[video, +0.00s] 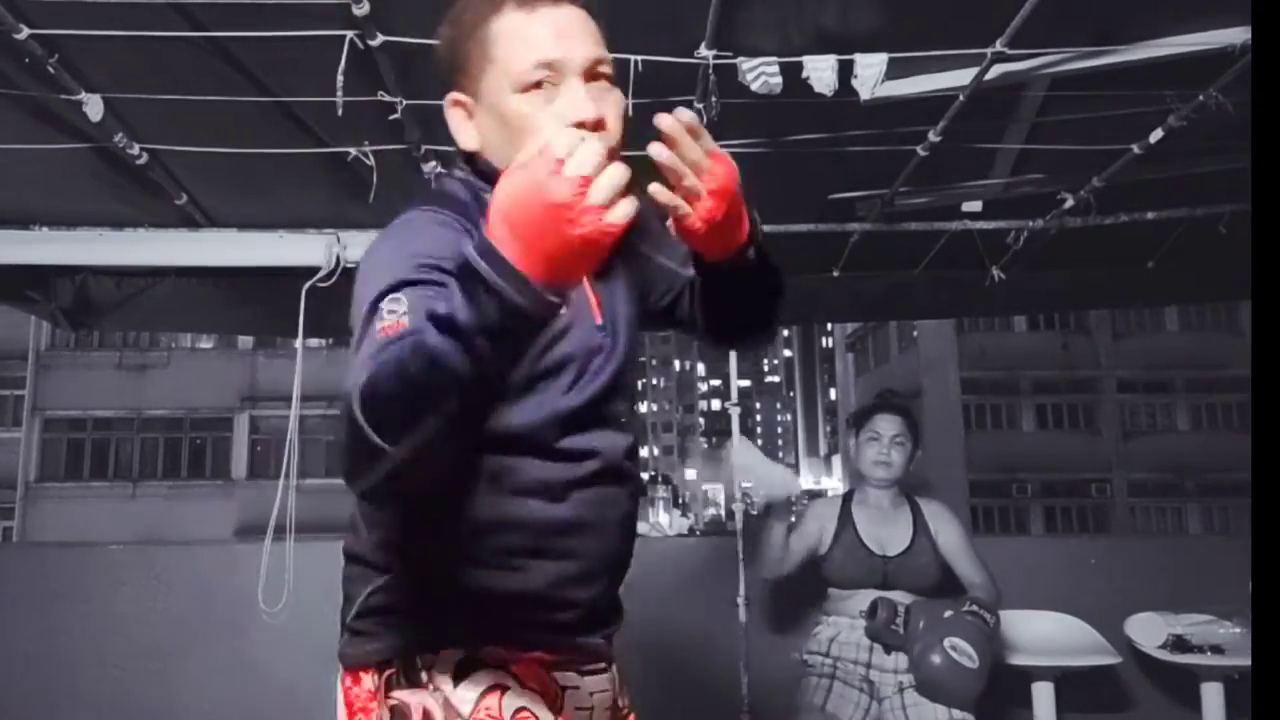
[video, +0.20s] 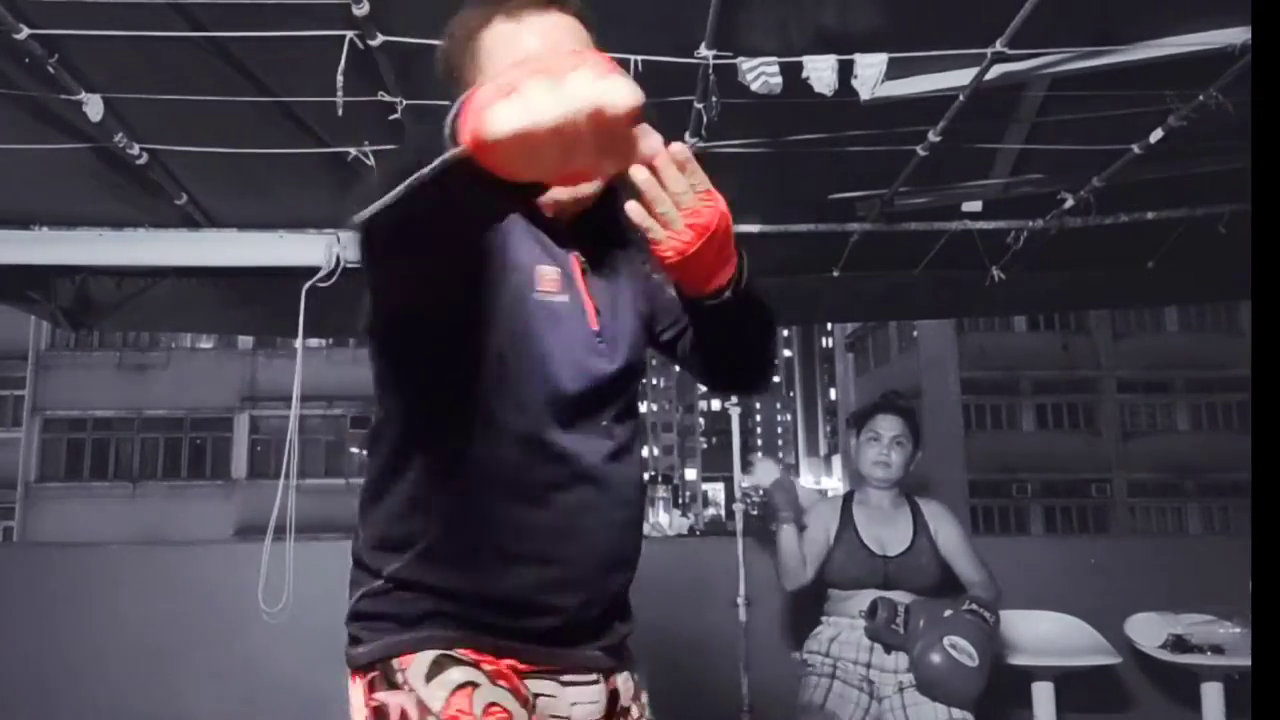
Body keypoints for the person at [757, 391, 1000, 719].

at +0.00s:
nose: (884, 451)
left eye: (897, 443)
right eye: (873, 439)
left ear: (912, 457)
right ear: (852, 448)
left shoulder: (934, 516)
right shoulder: (823, 514)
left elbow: (983, 588)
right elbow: (772, 573)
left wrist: (974, 616)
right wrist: (776, 514)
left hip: (921, 670)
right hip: (839, 666)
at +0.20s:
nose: (884, 451)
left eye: (898, 443)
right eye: (873, 439)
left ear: (913, 457)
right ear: (853, 447)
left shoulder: (934, 515)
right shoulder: (828, 513)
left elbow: (983, 587)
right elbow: (794, 579)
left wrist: (972, 616)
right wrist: (782, 504)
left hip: (921, 667)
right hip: (841, 664)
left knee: (937, 715)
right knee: (829, 712)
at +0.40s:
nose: (887, 451)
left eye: (900, 443)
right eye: (875, 440)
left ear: (914, 457)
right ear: (855, 450)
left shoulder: (934, 517)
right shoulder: (830, 509)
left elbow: (984, 588)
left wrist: (975, 610)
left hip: (921, 664)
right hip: (839, 661)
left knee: (939, 714)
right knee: (821, 710)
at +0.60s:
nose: (886, 452)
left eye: (899, 444)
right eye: (875, 439)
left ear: (914, 458)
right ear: (854, 447)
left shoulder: (935, 518)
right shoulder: (826, 514)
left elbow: (983, 587)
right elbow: (789, 579)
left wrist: (977, 615)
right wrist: (781, 507)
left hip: (920, 668)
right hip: (841, 665)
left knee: (937, 715)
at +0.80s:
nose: (887, 450)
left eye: (900, 443)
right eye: (875, 439)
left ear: (914, 457)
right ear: (856, 449)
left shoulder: (935, 517)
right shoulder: (825, 509)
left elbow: (985, 589)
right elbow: (773, 579)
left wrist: (975, 620)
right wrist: (769, 521)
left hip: (920, 666)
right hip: (839, 661)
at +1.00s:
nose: (887, 451)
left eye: (900, 443)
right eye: (875, 440)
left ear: (914, 458)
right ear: (855, 449)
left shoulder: (933, 517)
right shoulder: (830, 512)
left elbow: (985, 588)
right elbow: (775, 577)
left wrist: (977, 617)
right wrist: (771, 522)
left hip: (922, 666)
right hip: (841, 662)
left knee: (937, 716)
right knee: (826, 713)